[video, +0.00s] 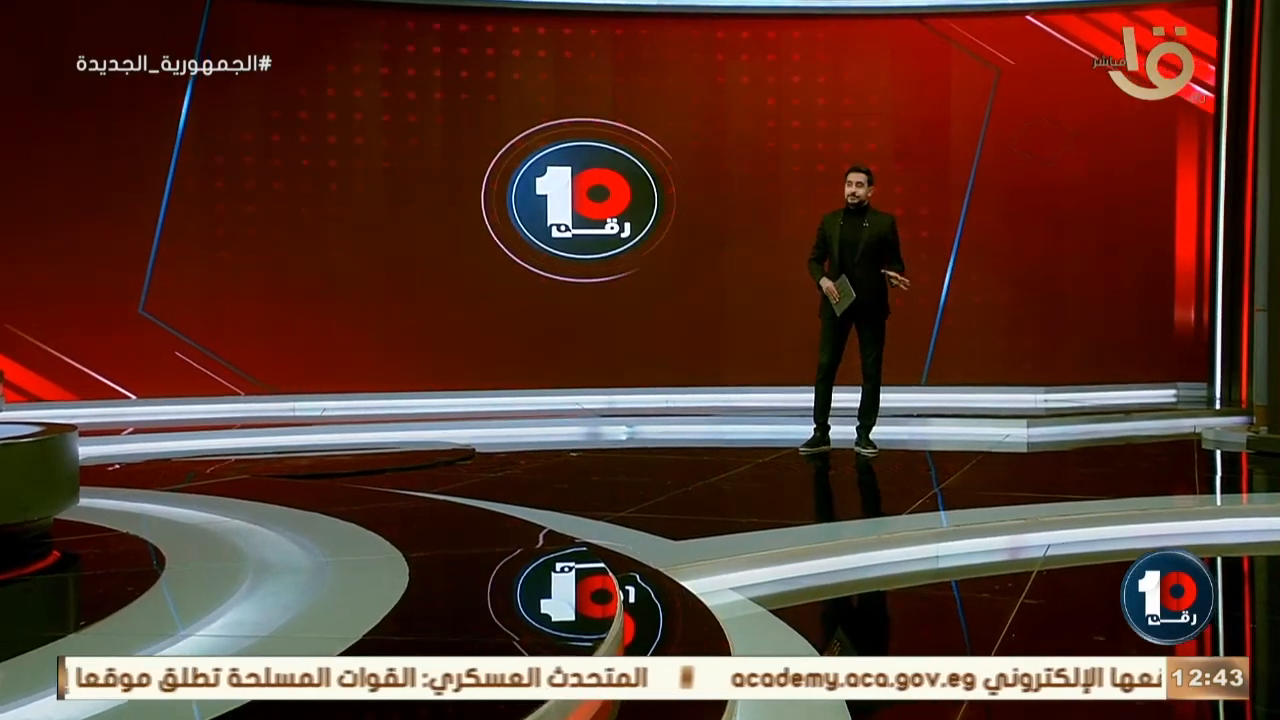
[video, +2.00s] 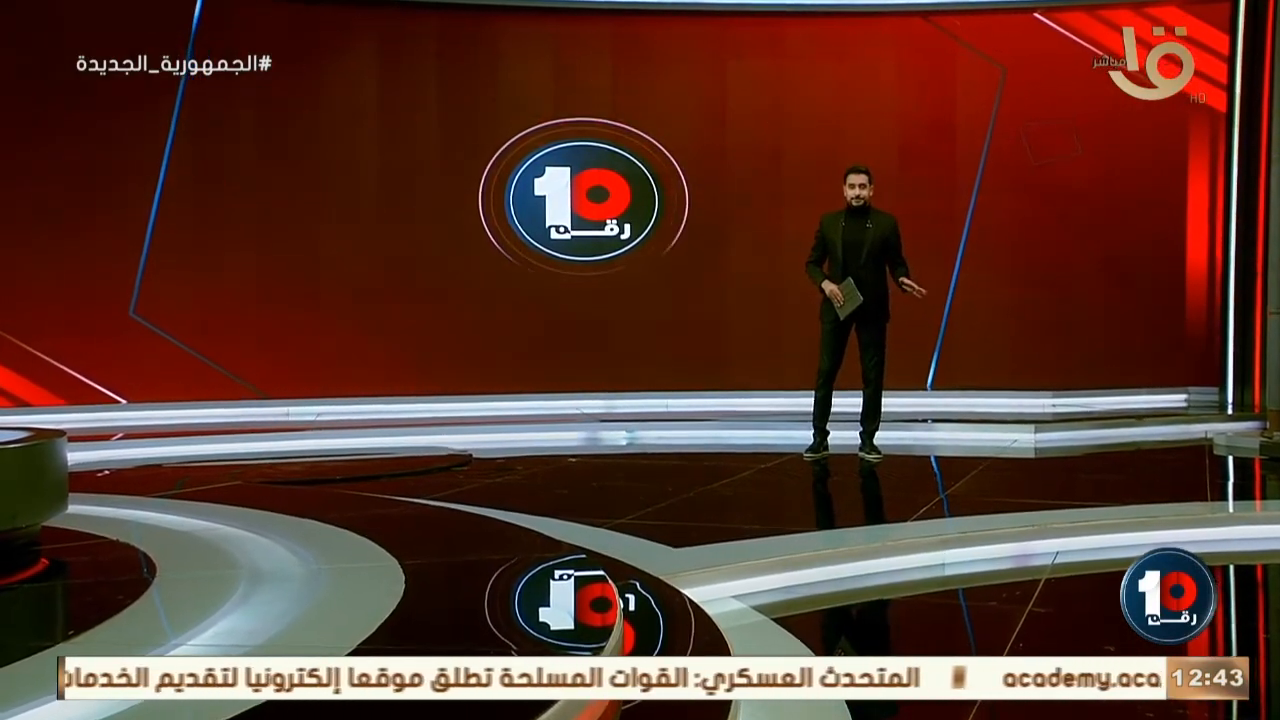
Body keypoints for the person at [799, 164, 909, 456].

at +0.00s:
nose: (853, 189)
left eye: (860, 185)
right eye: (849, 184)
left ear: (870, 190)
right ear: (843, 188)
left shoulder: (884, 222)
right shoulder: (830, 221)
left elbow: (895, 263)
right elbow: (815, 262)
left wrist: (894, 276)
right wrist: (822, 280)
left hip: (871, 307)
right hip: (836, 305)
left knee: (871, 373)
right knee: (825, 368)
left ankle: (864, 435)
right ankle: (820, 433)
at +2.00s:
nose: (857, 192)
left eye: (862, 186)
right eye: (852, 186)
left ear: (871, 190)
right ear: (844, 190)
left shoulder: (886, 223)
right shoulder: (830, 223)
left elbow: (896, 261)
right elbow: (812, 265)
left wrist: (903, 278)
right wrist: (825, 283)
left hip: (873, 308)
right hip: (836, 307)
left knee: (873, 376)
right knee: (826, 372)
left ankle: (868, 440)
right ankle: (819, 437)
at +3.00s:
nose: (820, 195)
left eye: (825, 189)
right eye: (815, 190)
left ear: (834, 191)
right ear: (807, 194)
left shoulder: (852, 224)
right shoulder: (796, 228)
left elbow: (868, 266)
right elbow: (782, 270)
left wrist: (860, 283)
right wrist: (796, 284)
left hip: (844, 311)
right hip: (809, 312)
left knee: (856, 373)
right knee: (810, 378)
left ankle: (868, 441)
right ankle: (819, 441)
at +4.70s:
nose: (862, 204)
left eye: (867, 199)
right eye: (857, 198)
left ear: (874, 197)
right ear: (847, 195)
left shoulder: (890, 224)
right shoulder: (833, 226)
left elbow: (904, 271)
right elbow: (818, 271)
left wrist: (884, 272)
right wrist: (832, 269)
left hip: (878, 315)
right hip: (842, 315)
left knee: (880, 381)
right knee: (831, 378)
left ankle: (873, 446)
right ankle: (822, 444)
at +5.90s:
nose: (864, 206)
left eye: (869, 200)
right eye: (859, 199)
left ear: (878, 197)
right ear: (850, 195)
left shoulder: (893, 226)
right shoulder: (836, 226)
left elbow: (906, 274)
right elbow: (822, 273)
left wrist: (883, 272)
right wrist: (824, 312)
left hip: (880, 317)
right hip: (844, 316)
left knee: (881, 383)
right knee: (833, 378)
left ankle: (873, 449)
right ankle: (825, 446)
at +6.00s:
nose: (860, 204)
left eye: (866, 198)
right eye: (855, 198)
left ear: (874, 196)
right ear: (846, 195)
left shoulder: (889, 225)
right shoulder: (833, 225)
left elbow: (903, 273)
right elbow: (820, 273)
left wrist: (880, 271)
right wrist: (820, 313)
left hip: (877, 316)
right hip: (840, 315)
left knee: (879, 383)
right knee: (830, 379)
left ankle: (873, 449)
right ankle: (824, 447)